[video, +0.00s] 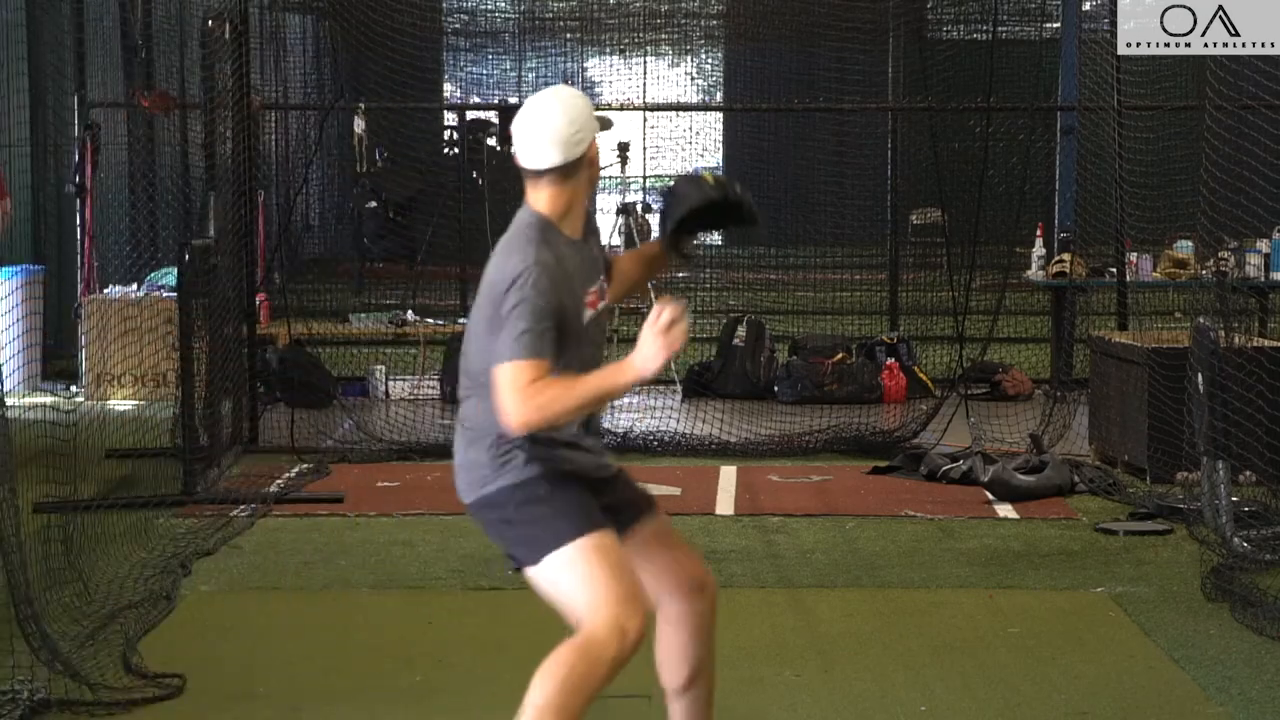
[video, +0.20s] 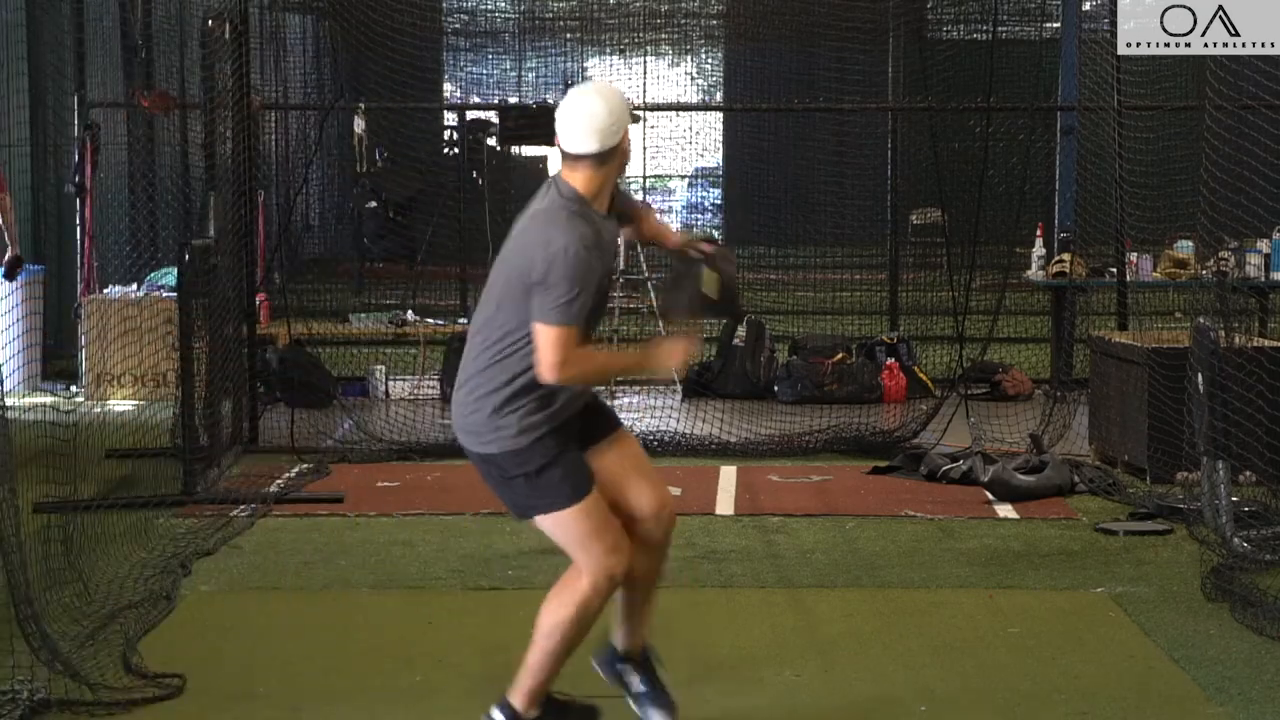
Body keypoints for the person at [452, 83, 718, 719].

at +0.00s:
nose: (601, 156)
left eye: (595, 145)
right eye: (598, 146)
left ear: (524, 161)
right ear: (591, 158)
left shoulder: (573, 232)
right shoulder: (528, 262)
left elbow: (608, 284)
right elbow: (520, 407)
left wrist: (674, 238)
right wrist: (635, 366)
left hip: (571, 454)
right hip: (512, 468)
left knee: (688, 590)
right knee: (615, 620)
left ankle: (687, 716)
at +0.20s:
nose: (632, 141)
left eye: (628, 132)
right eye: (629, 132)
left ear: (562, 143)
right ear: (624, 143)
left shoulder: (582, 194)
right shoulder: (567, 239)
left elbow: (639, 220)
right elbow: (556, 365)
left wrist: (687, 246)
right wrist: (652, 358)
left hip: (559, 396)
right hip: (504, 422)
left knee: (653, 510)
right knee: (606, 558)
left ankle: (628, 652)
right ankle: (519, 705)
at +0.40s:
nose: (645, 192)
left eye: (640, 184)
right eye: (641, 186)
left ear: (594, 191)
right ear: (624, 196)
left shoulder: (626, 227)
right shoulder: (545, 262)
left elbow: (679, 183)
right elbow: (450, 314)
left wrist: (762, 174)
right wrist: (434, 388)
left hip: (557, 410)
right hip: (517, 418)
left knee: (592, 495)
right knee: (605, 551)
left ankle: (568, 572)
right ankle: (519, 691)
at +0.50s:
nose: (627, 184)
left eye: (623, 175)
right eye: (621, 177)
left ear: (578, 187)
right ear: (606, 184)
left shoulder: (613, 241)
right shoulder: (539, 238)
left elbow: (626, 272)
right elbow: (452, 257)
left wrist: (634, 254)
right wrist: (480, 225)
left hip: (545, 416)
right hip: (566, 424)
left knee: (569, 511)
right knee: (593, 560)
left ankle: (539, 608)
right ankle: (571, 655)